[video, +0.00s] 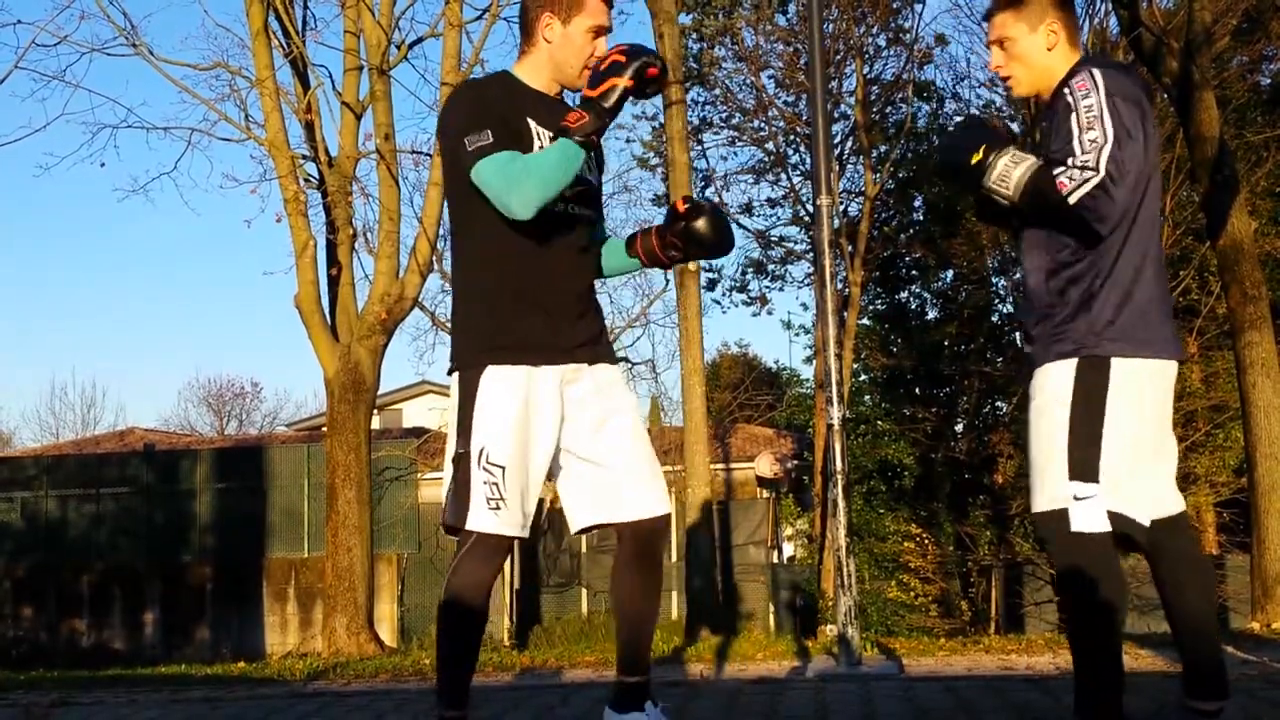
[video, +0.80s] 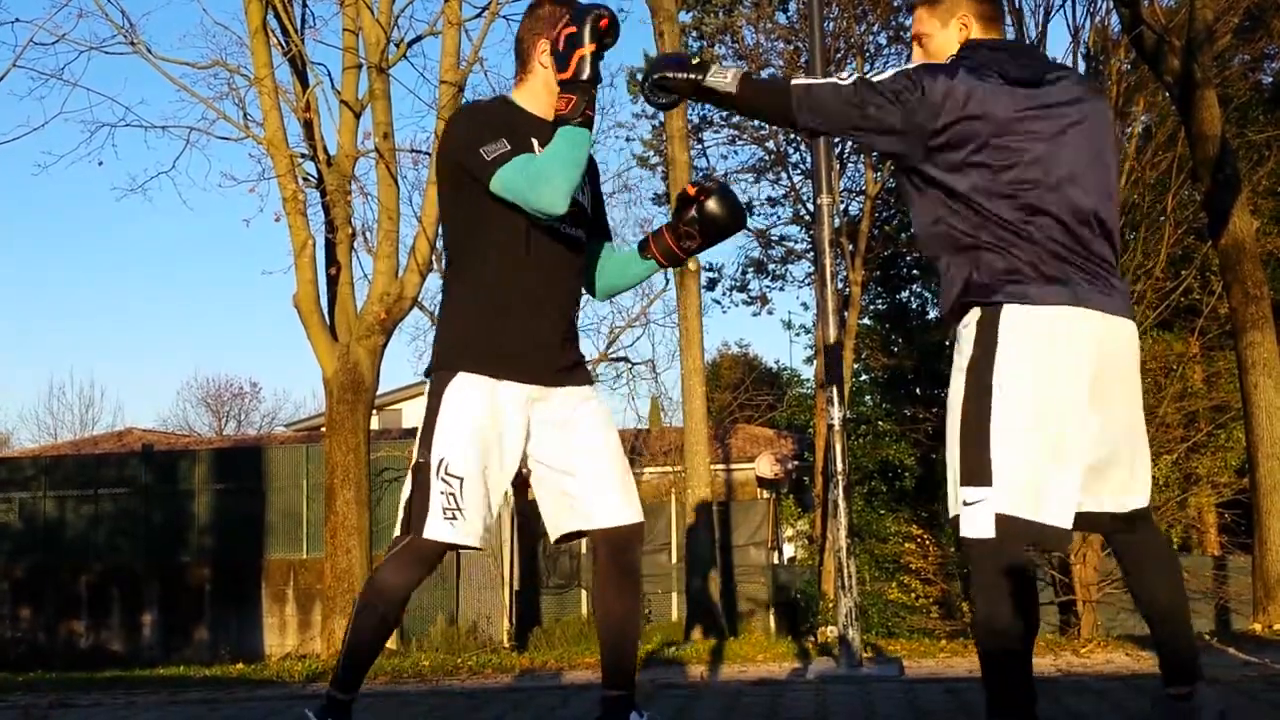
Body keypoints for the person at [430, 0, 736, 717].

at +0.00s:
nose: (604, 44)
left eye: (606, 31)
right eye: (595, 28)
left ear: (561, 30)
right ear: (548, 26)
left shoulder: (578, 123)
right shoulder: (476, 100)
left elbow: (578, 256)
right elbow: (516, 195)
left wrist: (648, 246)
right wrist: (591, 121)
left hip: (586, 354)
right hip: (504, 354)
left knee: (645, 516)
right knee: (491, 532)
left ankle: (631, 700)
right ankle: (451, 712)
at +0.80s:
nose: (586, 67)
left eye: (589, 55)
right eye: (576, 51)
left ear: (570, 63)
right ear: (540, 52)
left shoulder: (577, 161)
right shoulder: (474, 124)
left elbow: (595, 277)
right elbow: (547, 193)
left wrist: (667, 245)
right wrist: (581, 101)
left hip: (561, 376)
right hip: (478, 371)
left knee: (618, 529)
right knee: (429, 539)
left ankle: (620, 707)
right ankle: (337, 700)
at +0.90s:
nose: (557, 81)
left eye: (560, 70)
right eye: (549, 66)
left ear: (521, 65)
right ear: (514, 61)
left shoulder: (546, 173)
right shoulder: (439, 130)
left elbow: (560, 284)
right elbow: (507, 197)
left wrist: (634, 252)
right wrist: (542, 109)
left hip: (537, 386)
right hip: (449, 382)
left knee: (601, 535)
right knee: (389, 549)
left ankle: (617, 709)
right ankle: (296, 700)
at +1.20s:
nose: (474, 81)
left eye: (478, 67)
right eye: (465, 62)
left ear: (448, 60)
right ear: (427, 55)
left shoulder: (454, 161)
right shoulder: (353, 121)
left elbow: (446, 285)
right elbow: (418, 196)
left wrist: (518, 263)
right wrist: (462, 109)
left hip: (433, 377)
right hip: (349, 369)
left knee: (491, 524)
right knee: (318, 545)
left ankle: (421, 701)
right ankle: (272, 710)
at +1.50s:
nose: (438, 75)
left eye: (444, 65)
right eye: (427, 59)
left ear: (445, 75)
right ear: (384, 56)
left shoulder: (426, 175)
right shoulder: (312, 125)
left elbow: (431, 285)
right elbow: (352, 212)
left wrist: (498, 259)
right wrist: (411, 134)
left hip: (403, 383)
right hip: (316, 375)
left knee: (413, 546)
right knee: (287, 546)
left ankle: (383, 710)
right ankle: (240, 706)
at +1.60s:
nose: (427, 73)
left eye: (429, 62)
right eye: (416, 57)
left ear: (386, 60)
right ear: (369, 54)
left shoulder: (405, 164)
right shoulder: (298, 124)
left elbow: (414, 287)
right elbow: (320, 224)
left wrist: (481, 260)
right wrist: (409, 149)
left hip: (394, 380)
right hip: (309, 375)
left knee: (416, 542)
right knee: (282, 545)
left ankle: (384, 708)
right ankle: (231, 706)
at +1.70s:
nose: (418, 92)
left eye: (419, 77)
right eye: (408, 73)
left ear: (374, 71)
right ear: (363, 65)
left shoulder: (394, 176)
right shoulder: (283, 141)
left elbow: (390, 305)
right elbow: (274, 251)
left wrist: (462, 278)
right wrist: (372, 218)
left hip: (385, 388)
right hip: (298, 387)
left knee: (447, 536)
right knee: (271, 560)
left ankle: (396, 708)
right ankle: (229, 715)